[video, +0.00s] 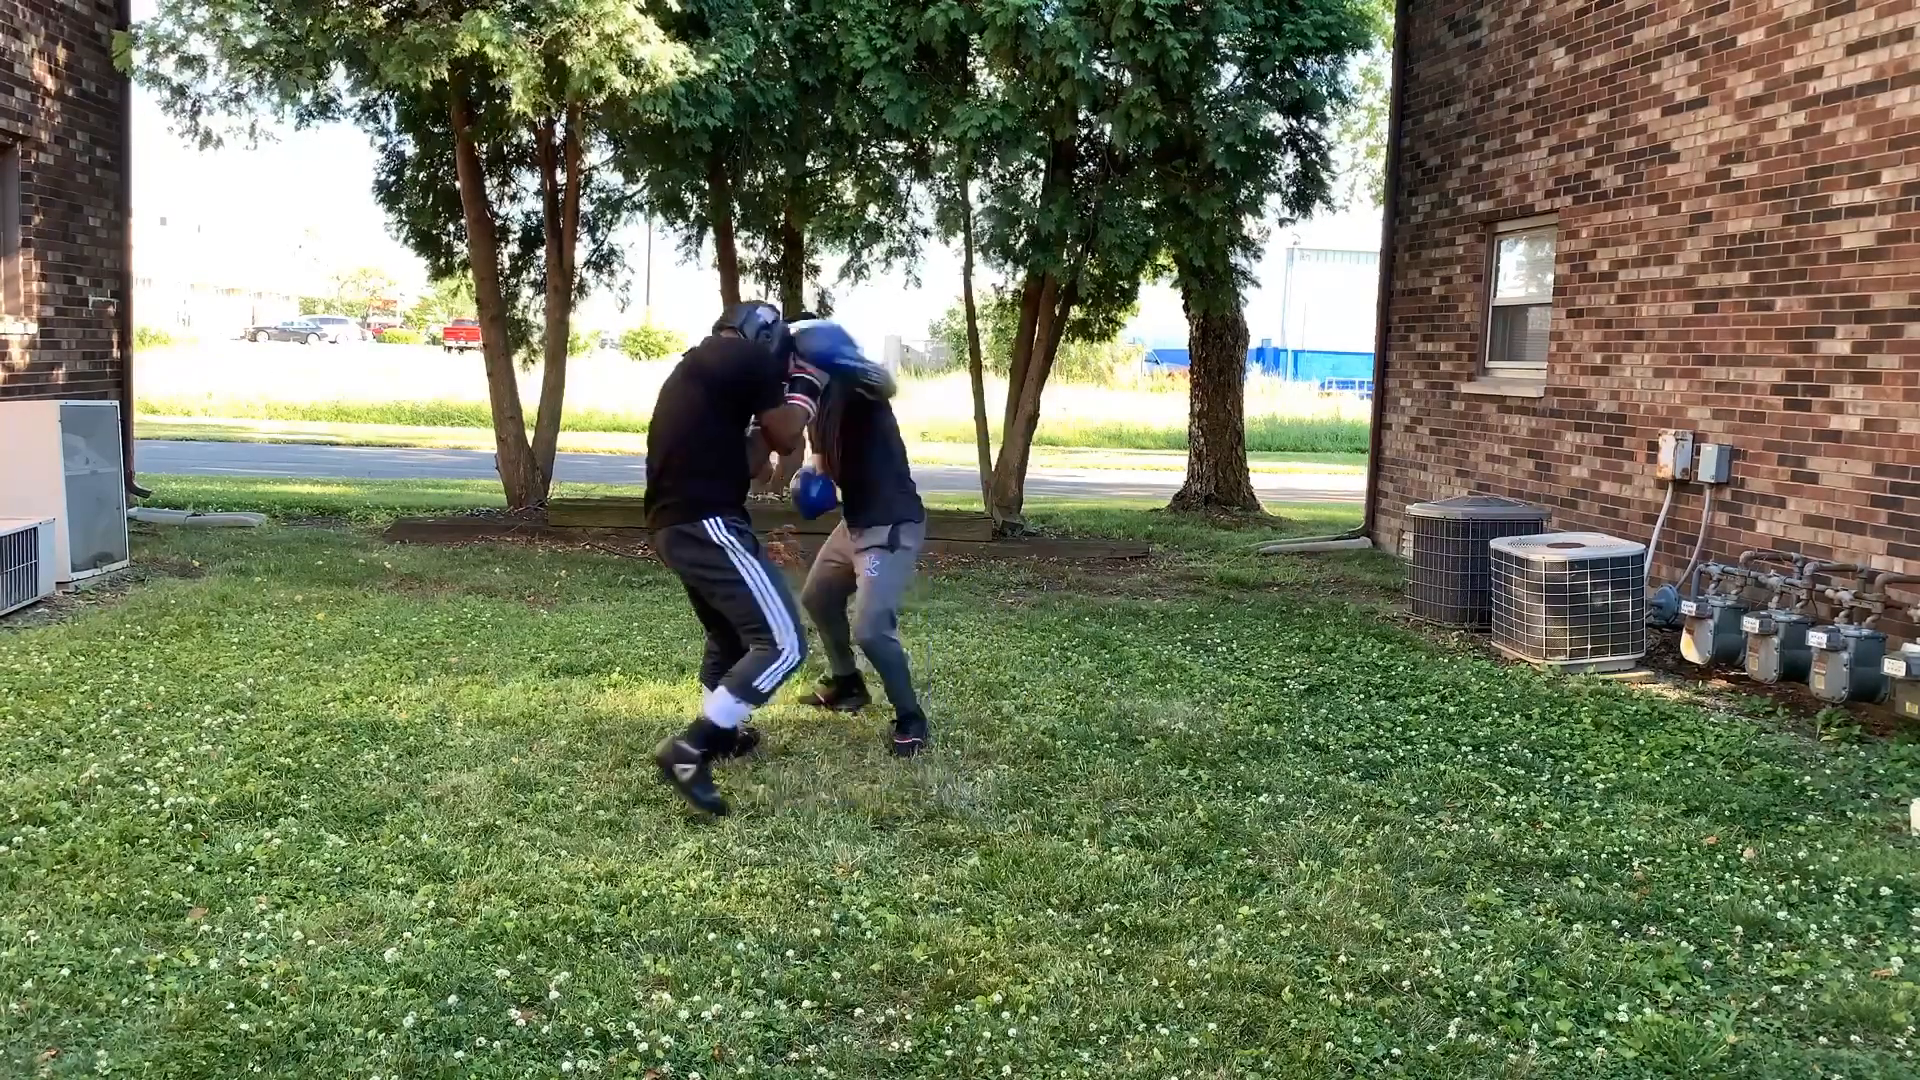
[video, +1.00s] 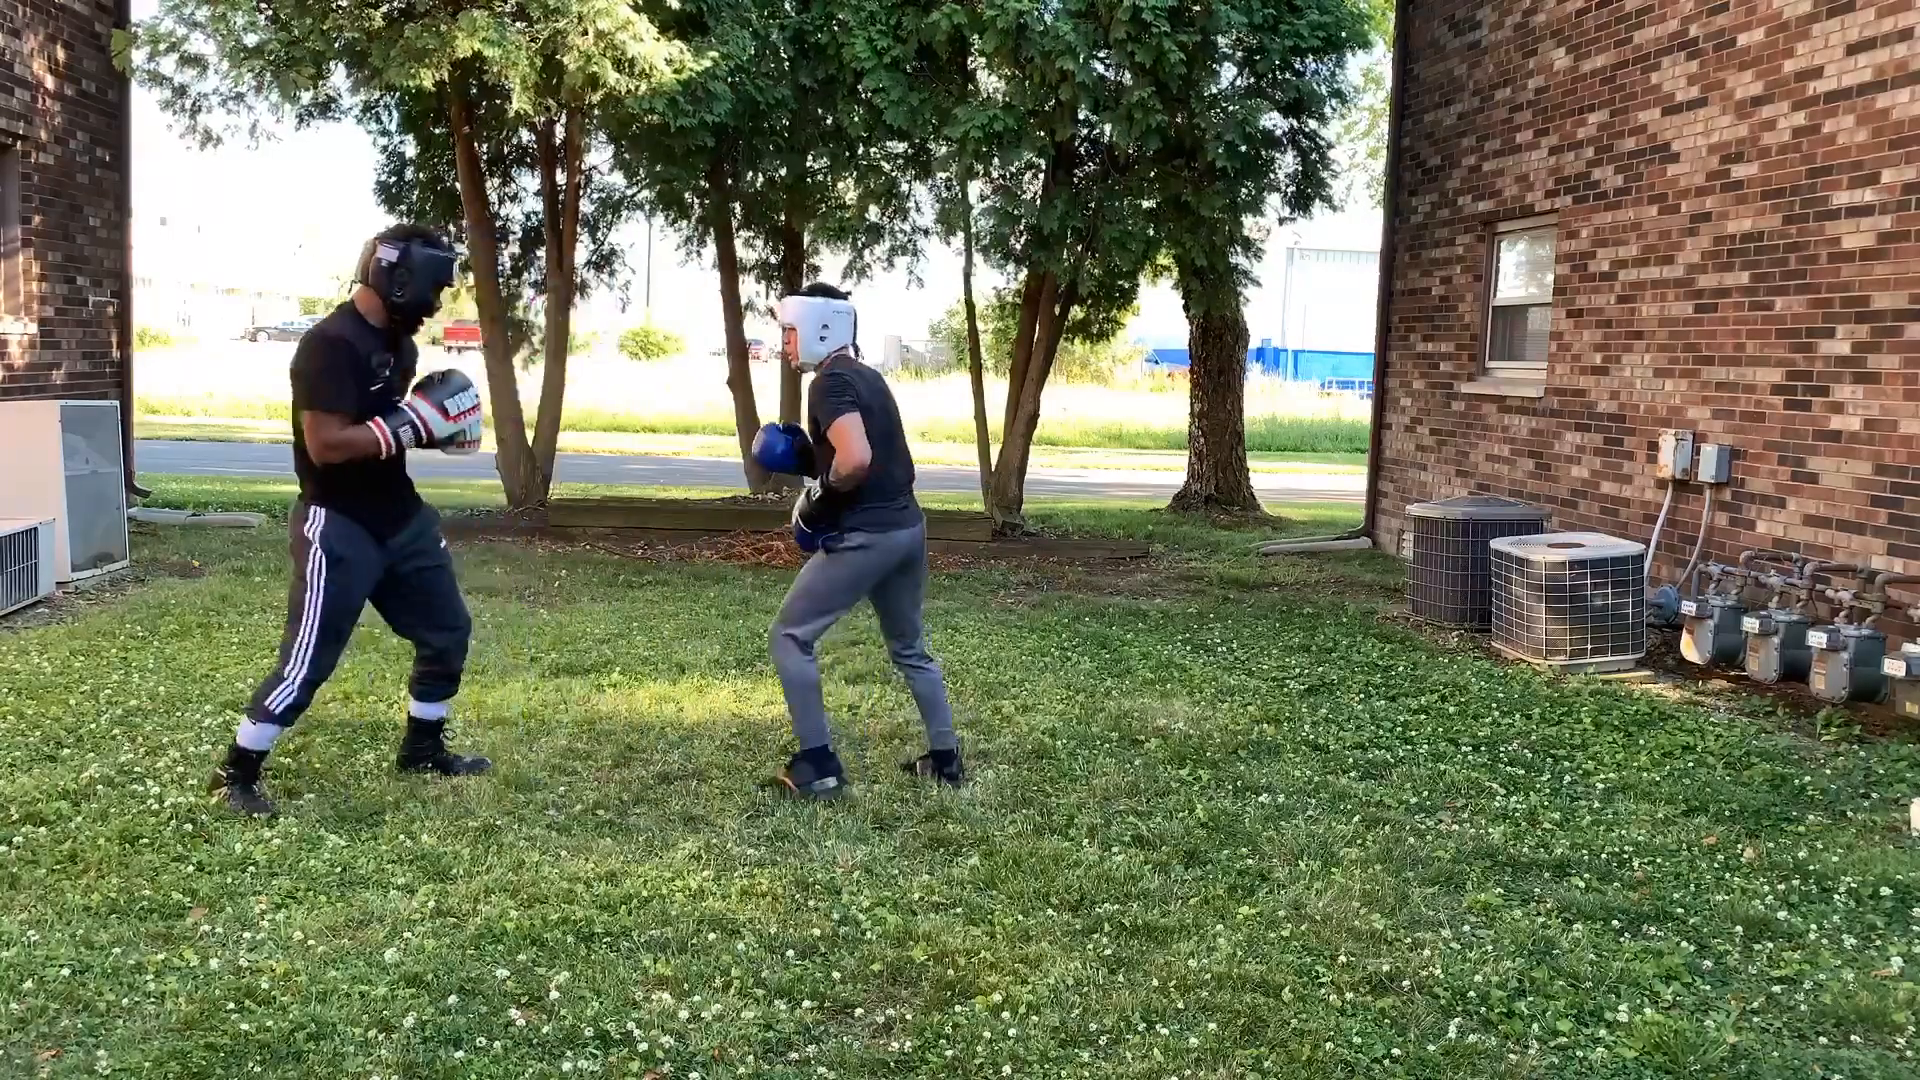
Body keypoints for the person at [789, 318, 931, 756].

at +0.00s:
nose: (797, 371)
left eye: (802, 361)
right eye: (797, 363)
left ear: (819, 355)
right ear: (807, 360)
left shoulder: (857, 387)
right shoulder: (817, 407)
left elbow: (884, 383)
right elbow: (820, 465)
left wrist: (842, 359)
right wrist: (811, 490)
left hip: (894, 524)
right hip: (854, 522)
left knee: (871, 630)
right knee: (818, 598)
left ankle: (910, 720)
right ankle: (848, 685)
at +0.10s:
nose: (785, 372)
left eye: (789, 363)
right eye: (784, 365)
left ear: (811, 361)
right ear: (813, 361)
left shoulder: (849, 385)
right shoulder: (823, 407)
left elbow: (866, 409)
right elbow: (847, 477)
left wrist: (811, 384)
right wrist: (818, 507)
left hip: (887, 527)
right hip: (849, 525)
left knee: (833, 620)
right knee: (811, 611)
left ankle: (904, 712)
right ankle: (873, 691)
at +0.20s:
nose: (783, 373)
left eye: (793, 365)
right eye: (780, 363)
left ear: (823, 366)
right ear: (777, 361)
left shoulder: (852, 406)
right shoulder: (803, 413)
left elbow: (889, 473)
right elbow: (790, 475)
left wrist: (843, 450)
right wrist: (772, 466)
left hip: (870, 543)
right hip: (844, 540)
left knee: (819, 642)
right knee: (829, 628)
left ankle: (842, 761)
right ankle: (887, 703)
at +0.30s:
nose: (792, 374)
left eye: (803, 366)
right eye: (790, 363)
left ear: (838, 369)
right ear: (789, 360)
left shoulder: (874, 424)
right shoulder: (792, 398)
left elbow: (888, 506)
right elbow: (730, 402)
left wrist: (831, 481)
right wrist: (704, 365)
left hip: (864, 549)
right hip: (819, 543)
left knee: (828, 642)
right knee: (823, 635)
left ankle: (838, 765)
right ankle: (887, 703)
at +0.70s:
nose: (780, 338)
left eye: (789, 330)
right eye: (781, 328)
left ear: (822, 334)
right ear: (810, 334)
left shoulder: (858, 390)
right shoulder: (805, 374)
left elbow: (871, 477)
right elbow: (767, 395)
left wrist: (806, 460)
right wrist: (753, 421)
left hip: (887, 523)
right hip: (857, 524)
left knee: (850, 639)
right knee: (875, 630)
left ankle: (843, 768)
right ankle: (944, 716)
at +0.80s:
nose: (780, 330)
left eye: (787, 319)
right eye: (780, 319)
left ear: (818, 321)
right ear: (829, 321)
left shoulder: (846, 380)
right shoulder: (839, 371)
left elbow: (870, 466)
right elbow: (836, 426)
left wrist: (821, 481)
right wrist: (788, 436)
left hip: (881, 528)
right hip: (895, 522)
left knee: (841, 642)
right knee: (894, 635)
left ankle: (842, 769)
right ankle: (941, 745)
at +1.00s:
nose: (783, 339)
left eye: (789, 328)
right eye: (783, 328)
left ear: (817, 330)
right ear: (838, 330)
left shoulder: (829, 383)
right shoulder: (867, 377)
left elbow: (855, 458)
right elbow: (876, 458)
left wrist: (820, 496)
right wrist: (810, 460)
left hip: (865, 538)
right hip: (907, 530)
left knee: (791, 634)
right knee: (911, 649)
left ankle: (816, 761)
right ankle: (946, 757)